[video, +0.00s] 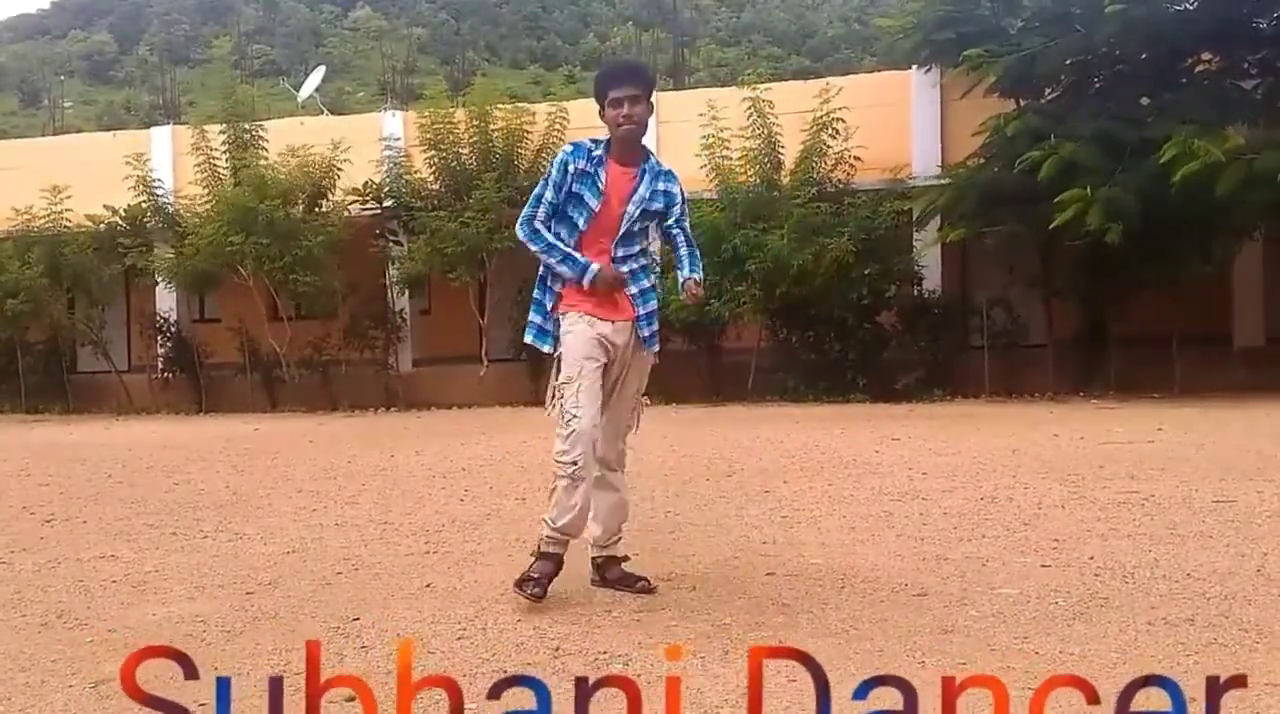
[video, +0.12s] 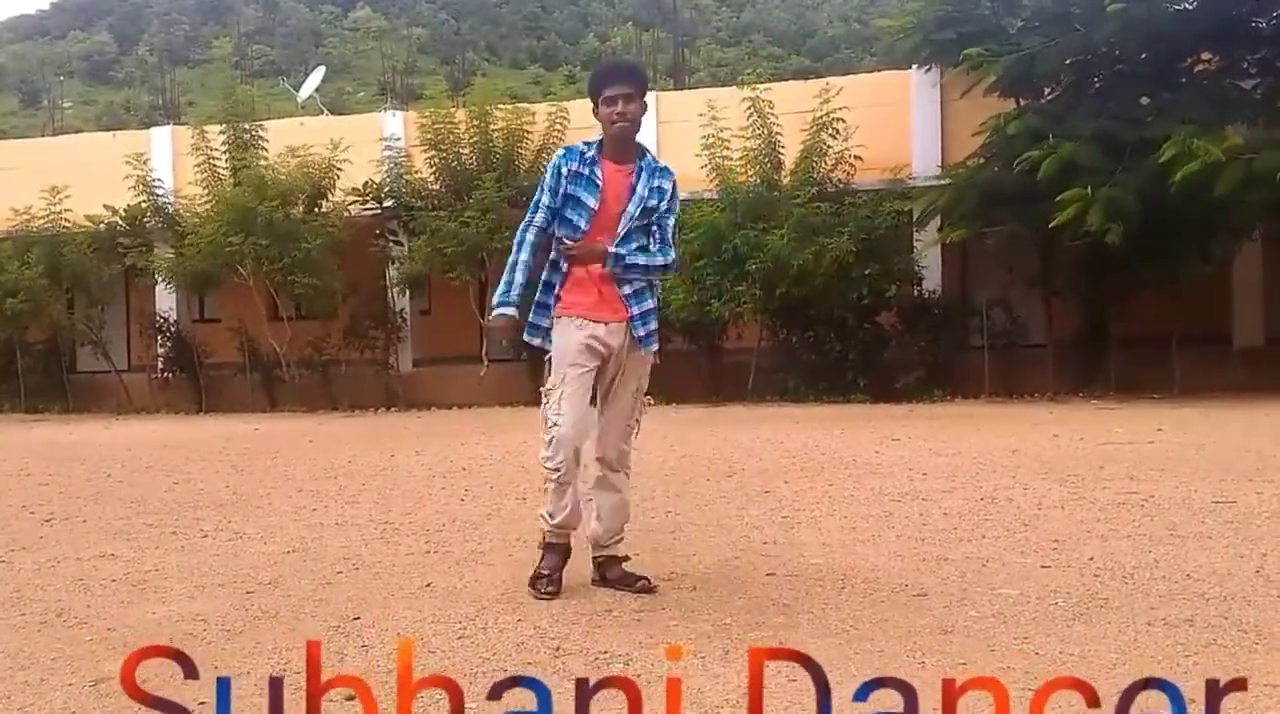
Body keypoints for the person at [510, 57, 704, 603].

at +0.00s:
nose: (628, 112)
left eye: (636, 102)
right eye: (617, 103)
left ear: (651, 107)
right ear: (602, 110)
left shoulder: (664, 182)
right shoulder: (573, 160)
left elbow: (682, 237)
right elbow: (530, 225)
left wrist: (690, 273)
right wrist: (586, 268)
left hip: (636, 320)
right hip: (581, 315)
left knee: (613, 445)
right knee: (581, 434)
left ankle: (606, 560)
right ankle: (552, 550)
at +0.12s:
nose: (619, 111)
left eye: (629, 101)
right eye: (609, 103)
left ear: (644, 106)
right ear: (596, 109)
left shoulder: (659, 178)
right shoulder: (568, 163)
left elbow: (664, 255)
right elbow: (532, 233)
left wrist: (599, 251)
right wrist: (507, 307)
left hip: (635, 325)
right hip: (576, 319)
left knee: (614, 449)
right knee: (567, 437)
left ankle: (608, 559)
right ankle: (554, 546)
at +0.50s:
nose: (578, 112)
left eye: (587, 102)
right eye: (569, 104)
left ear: (604, 108)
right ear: (557, 113)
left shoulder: (630, 158)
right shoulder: (555, 176)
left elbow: (626, 238)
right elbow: (536, 248)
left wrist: (564, 289)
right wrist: (502, 318)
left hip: (636, 320)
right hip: (578, 324)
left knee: (657, 438)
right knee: (566, 445)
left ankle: (678, 551)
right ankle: (570, 555)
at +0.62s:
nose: (577, 118)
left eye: (586, 107)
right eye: (567, 111)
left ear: (605, 111)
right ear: (557, 119)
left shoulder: (633, 159)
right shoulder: (559, 181)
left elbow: (659, 233)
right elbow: (531, 239)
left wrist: (637, 311)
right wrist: (496, 292)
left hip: (649, 331)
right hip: (586, 335)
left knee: (677, 446)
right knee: (571, 449)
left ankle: (702, 558)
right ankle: (569, 556)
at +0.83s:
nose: (593, 136)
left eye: (603, 124)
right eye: (584, 127)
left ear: (632, 124)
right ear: (579, 133)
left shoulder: (657, 163)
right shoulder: (576, 186)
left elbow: (666, 206)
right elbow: (571, 260)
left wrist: (593, 240)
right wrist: (574, 316)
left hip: (671, 335)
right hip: (607, 340)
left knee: (701, 442)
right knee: (564, 438)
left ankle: (731, 555)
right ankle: (572, 551)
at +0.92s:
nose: (607, 163)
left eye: (618, 152)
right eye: (601, 156)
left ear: (649, 160)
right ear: (597, 167)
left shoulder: (668, 200)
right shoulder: (596, 215)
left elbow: (615, 240)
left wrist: (545, 207)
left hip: (680, 358)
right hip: (620, 358)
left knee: (703, 462)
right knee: (559, 456)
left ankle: (733, 564)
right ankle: (576, 556)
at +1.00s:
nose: (587, 168)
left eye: (597, 158)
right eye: (583, 161)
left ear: (630, 165)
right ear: (585, 170)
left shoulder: (657, 197)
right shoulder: (588, 211)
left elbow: (613, 220)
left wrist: (561, 188)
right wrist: (556, 193)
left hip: (685, 358)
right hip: (623, 357)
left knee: (716, 466)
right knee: (550, 449)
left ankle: (731, 564)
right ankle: (572, 542)